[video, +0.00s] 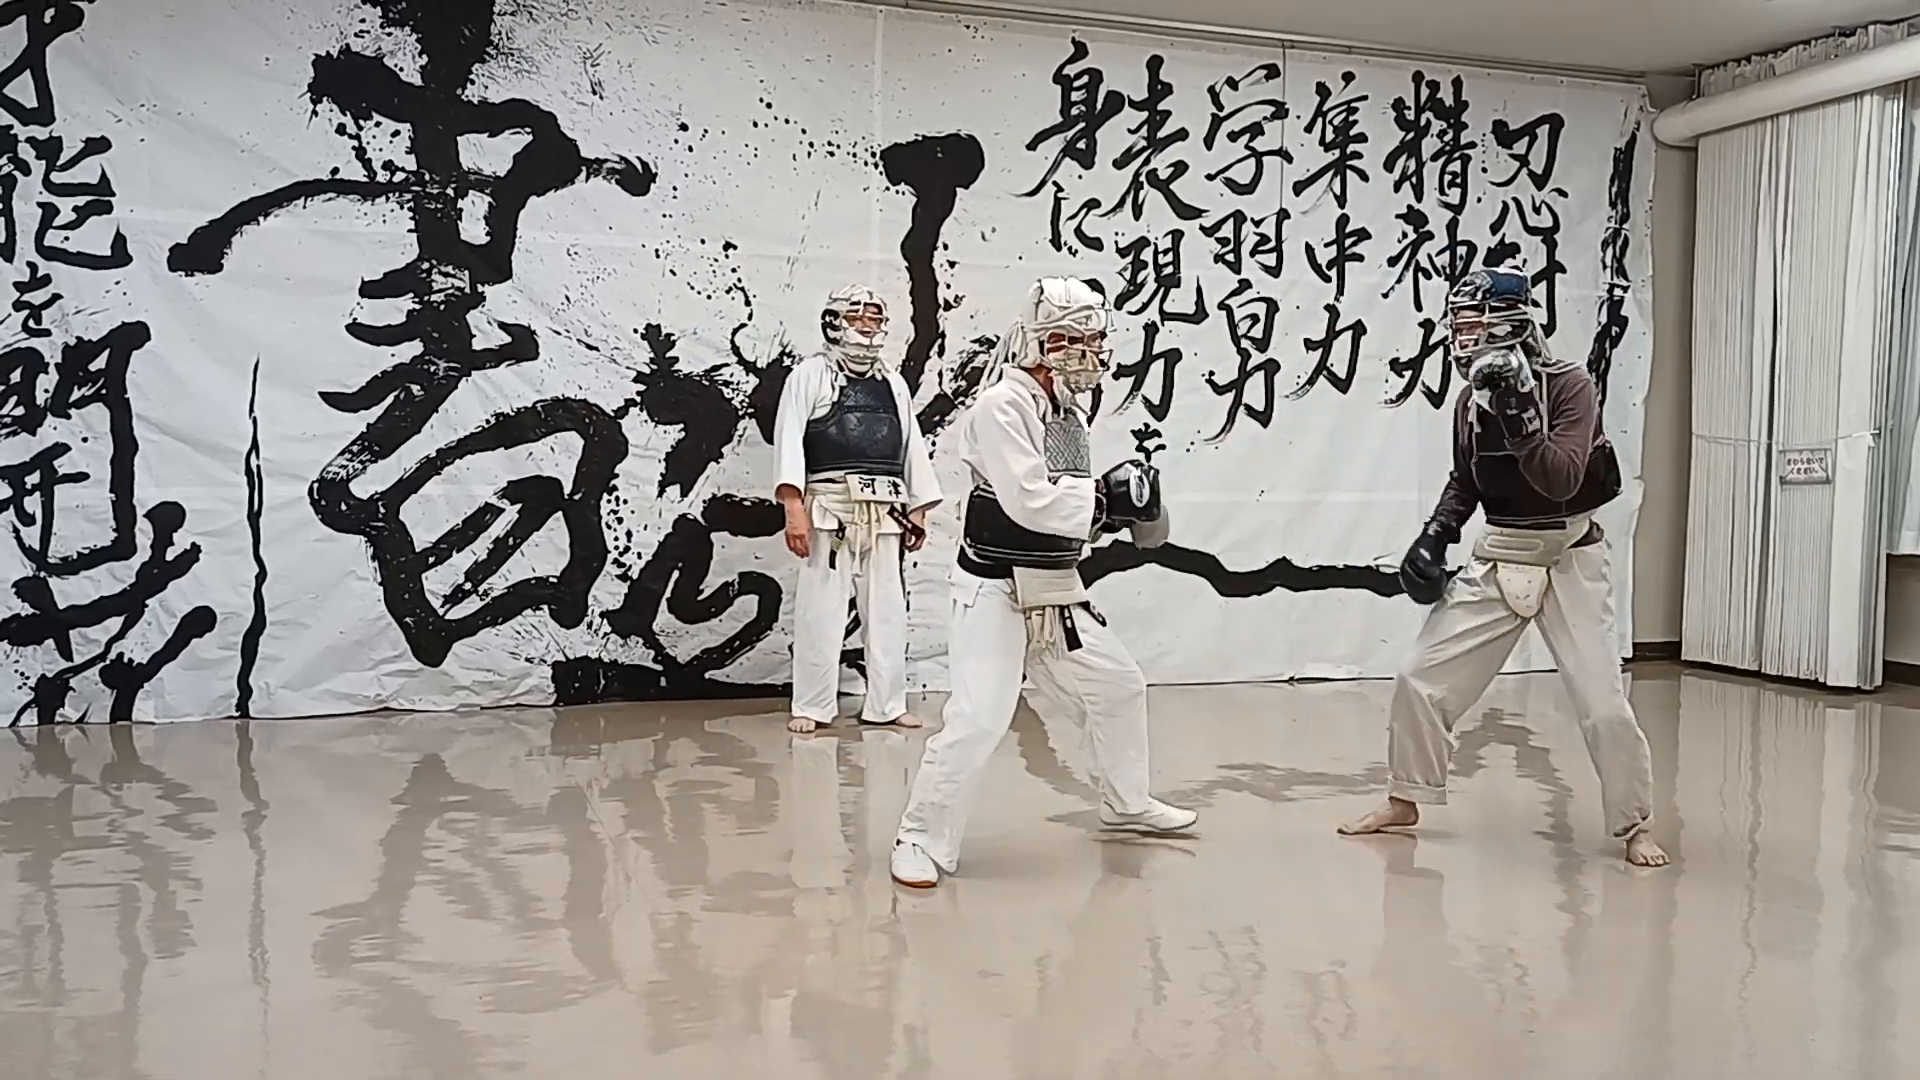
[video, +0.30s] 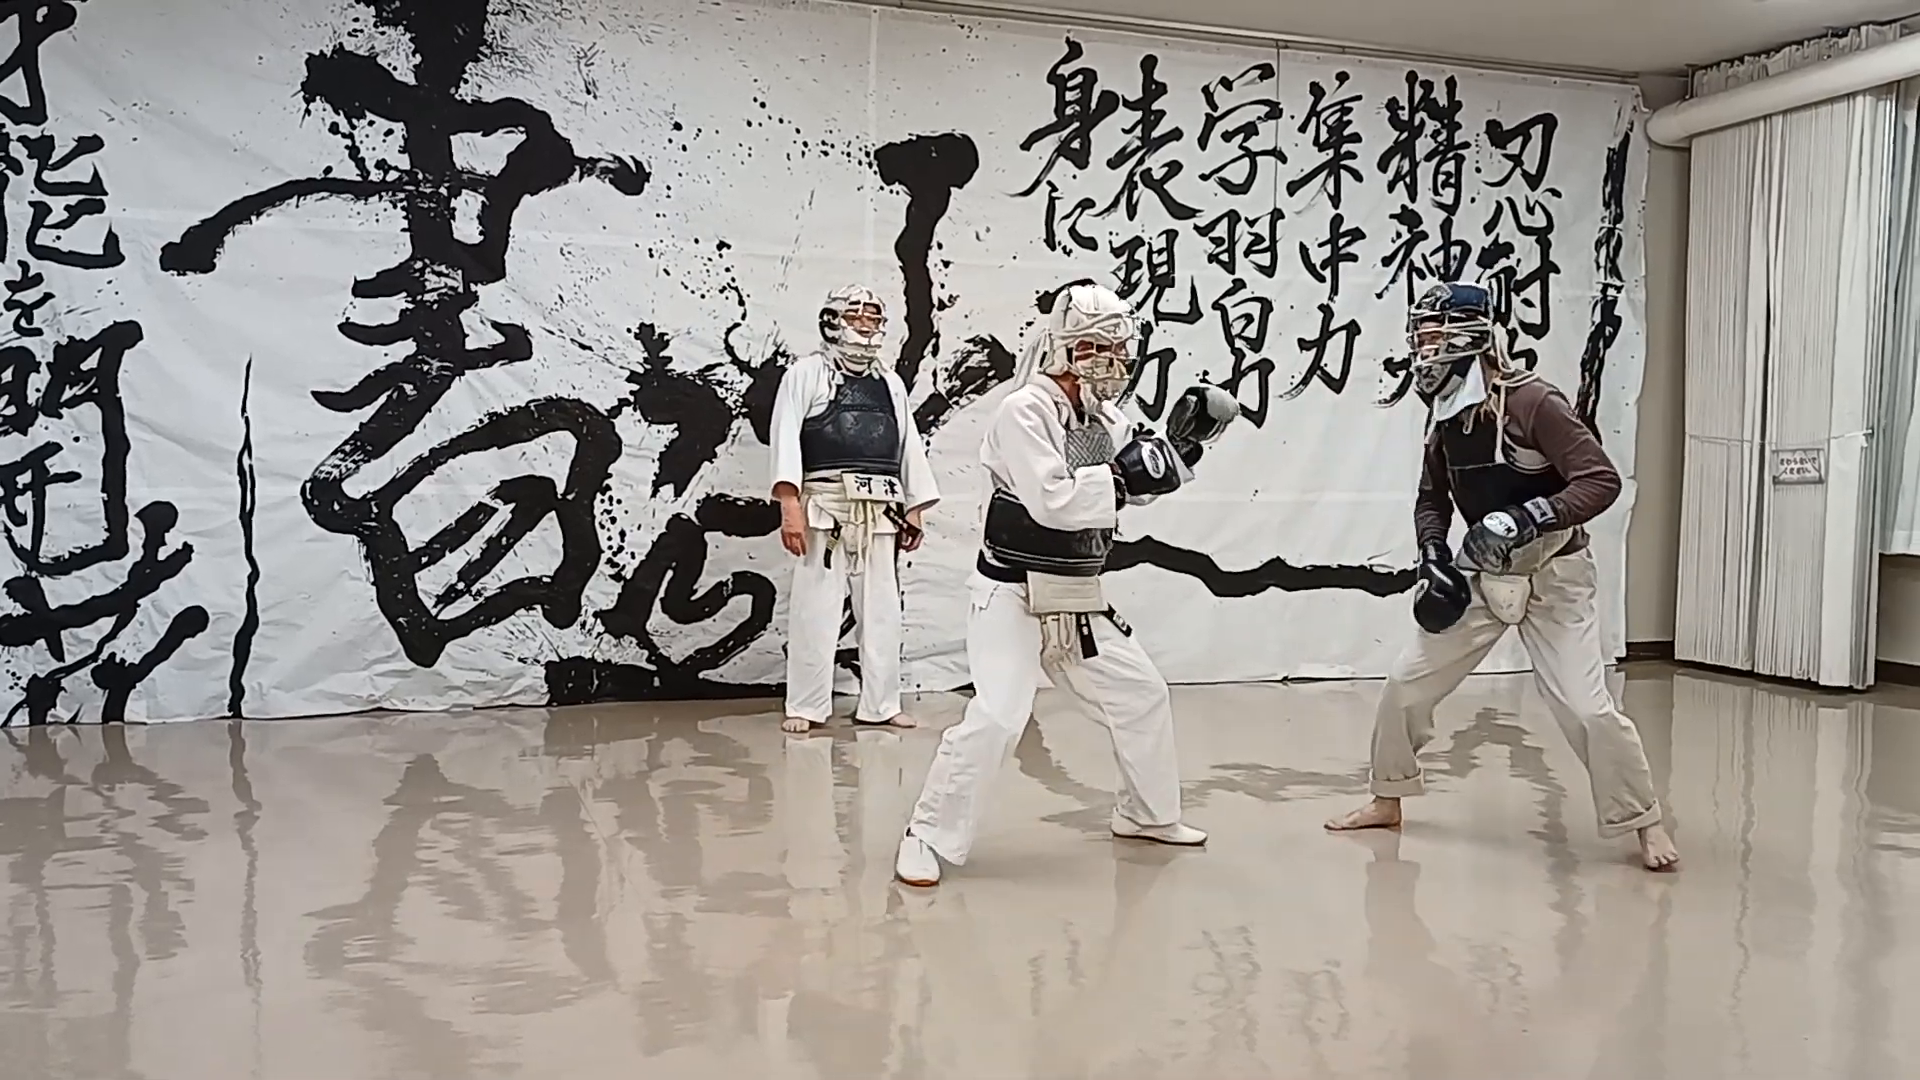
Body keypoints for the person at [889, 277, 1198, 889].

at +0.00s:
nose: (1084, 352)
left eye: (1092, 341)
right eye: (1071, 340)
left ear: (1098, 344)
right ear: (1039, 339)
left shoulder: (1070, 409)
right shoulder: (1003, 402)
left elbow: (1054, 496)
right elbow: (1026, 498)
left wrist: (1114, 502)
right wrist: (1106, 500)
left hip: (1051, 582)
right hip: (993, 584)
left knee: (1119, 684)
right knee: (979, 715)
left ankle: (1127, 804)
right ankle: (920, 843)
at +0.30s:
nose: (1109, 358)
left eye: (1117, 347)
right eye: (1095, 346)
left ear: (1125, 351)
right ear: (1063, 348)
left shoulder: (1108, 416)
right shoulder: (1023, 409)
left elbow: (1137, 477)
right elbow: (1051, 500)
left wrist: (1181, 444)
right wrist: (1123, 478)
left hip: (1074, 593)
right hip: (1010, 591)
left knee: (1143, 693)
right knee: (999, 714)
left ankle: (1145, 815)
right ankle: (926, 838)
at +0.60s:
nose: (1088, 344)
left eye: (1095, 332)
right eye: (1076, 331)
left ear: (1098, 334)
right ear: (1042, 330)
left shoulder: (1070, 395)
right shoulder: (997, 388)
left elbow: (1084, 468)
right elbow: (1017, 489)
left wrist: (1110, 494)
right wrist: (1098, 498)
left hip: (1056, 573)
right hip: (991, 575)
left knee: (1124, 673)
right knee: (982, 703)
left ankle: (1139, 795)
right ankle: (906, 834)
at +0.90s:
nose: (1063, 328)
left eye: (1070, 317)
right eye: (1050, 316)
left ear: (1075, 320)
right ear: (1019, 315)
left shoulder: (1058, 386)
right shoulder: (973, 377)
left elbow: (1051, 469)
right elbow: (978, 478)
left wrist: (1083, 494)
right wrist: (1062, 495)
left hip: (1039, 555)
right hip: (974, 557)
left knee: (1088, 675)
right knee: (955, 694)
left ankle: (1100, 797)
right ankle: (895, 828)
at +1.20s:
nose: (1043, 354)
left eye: (1052, 342)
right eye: (1027, 341)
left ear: (1061, 346)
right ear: (996, 343)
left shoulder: (1043, 413)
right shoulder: (954, 412)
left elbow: (1045, 489)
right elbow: (960, 512)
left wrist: (1067, 519)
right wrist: (1035, 523)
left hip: (1029, 583)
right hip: (960, 591)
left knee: (1111, 683)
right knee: (938, 713)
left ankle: (1105, 790)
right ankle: (875, 829)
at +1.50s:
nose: (1054, 358)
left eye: (1059, 347)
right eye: (1040, 346)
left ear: (1063, 352)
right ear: (1007, 351)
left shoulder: (1036, 419)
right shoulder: (962, 417)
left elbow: (1022, 502)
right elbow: (964, 519)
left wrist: (1053, 534)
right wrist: (1037, 539)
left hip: (1009, 585)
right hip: (948, 592)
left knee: (1077, 681)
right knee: (930, 719)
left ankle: (1083, 810)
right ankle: (868, 828)